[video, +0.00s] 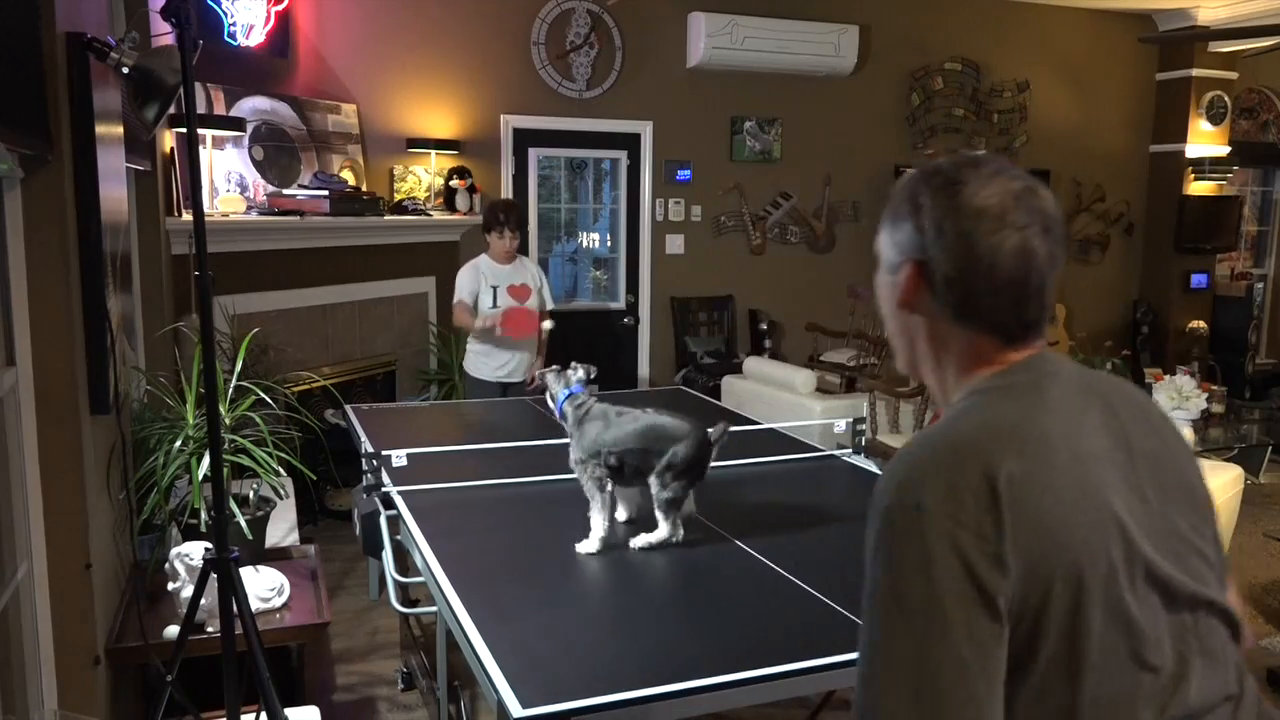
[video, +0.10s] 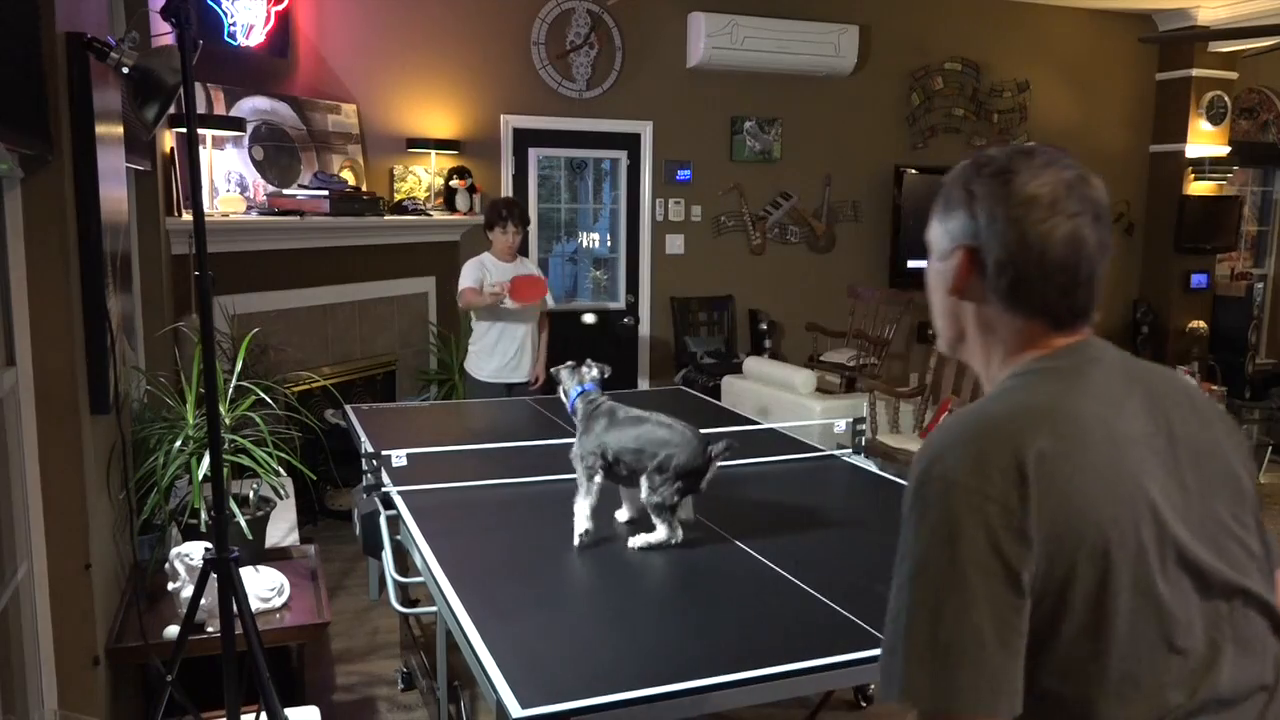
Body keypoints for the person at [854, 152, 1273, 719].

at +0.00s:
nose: (874, 290)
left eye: (878, 268)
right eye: (877, 266)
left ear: (909, 285)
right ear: (1038, 279)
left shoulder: (941, 477)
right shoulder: (1133, 404)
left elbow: (928, 702)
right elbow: (1229, 617)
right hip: (1232, 702)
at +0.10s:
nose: (926, 277)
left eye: (930, 255)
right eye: (928, 255)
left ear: (962, 269)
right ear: (1085, 263)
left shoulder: (979, 452)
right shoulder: (1199, 407)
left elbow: (954, 702)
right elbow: (1265, 590)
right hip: (1255, 701)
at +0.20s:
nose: (981, 271)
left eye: (986, 250)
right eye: (983, 250)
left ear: (1016, 261)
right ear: (1136, 262)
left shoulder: (1014, 441)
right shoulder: (1250, 402)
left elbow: (992, 704)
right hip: (1260, 699)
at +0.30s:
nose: (1045, 269)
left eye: (1049, 248)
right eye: (1045, 248)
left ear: (1083, 259)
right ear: (1198, 261)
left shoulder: (1070, 428)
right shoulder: (1269, 385)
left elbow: (1034, 698)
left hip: (1137, 705)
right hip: (1266, 697)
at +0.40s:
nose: (1099, 270)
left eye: (1103, 248)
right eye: (1097, 249)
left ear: (1141, 254)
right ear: (1254, 258)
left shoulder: (1124, 417)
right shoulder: (1273, 367)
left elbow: (1088, 689)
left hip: (1184, 704)